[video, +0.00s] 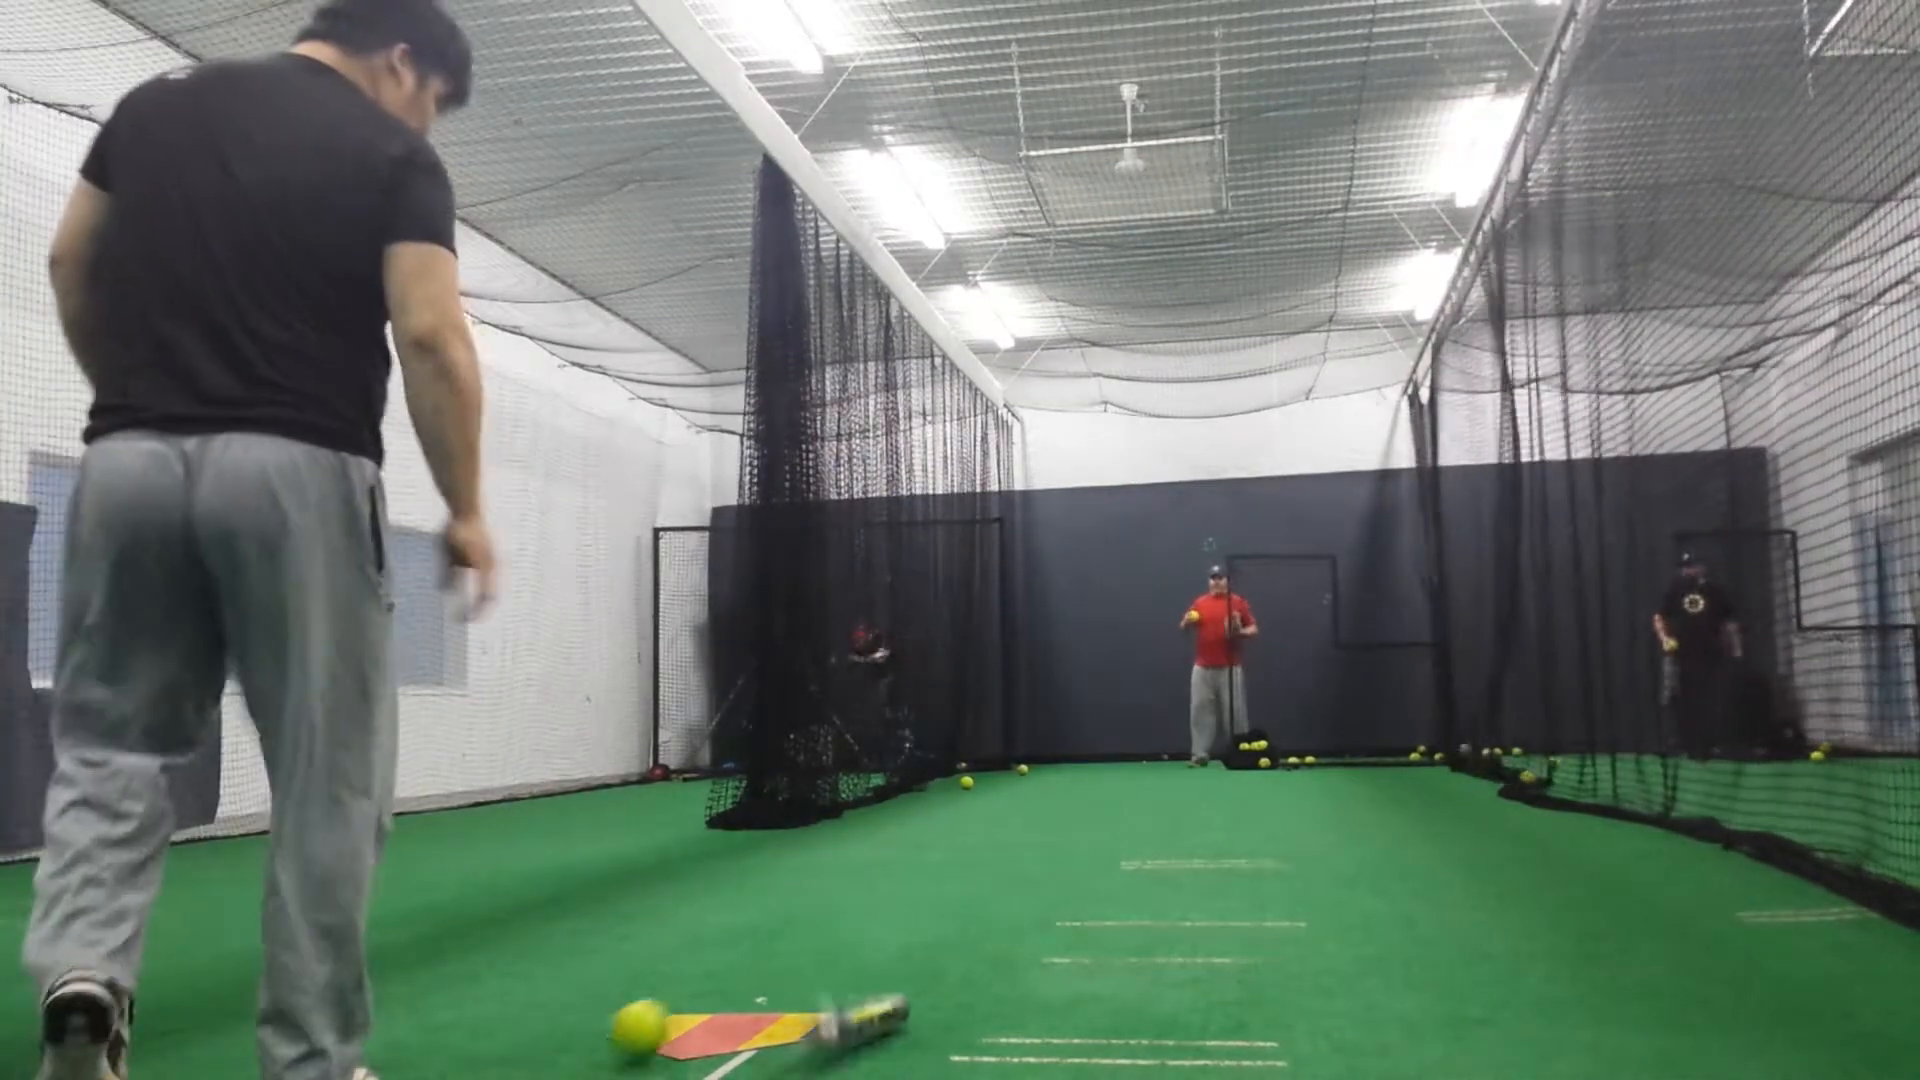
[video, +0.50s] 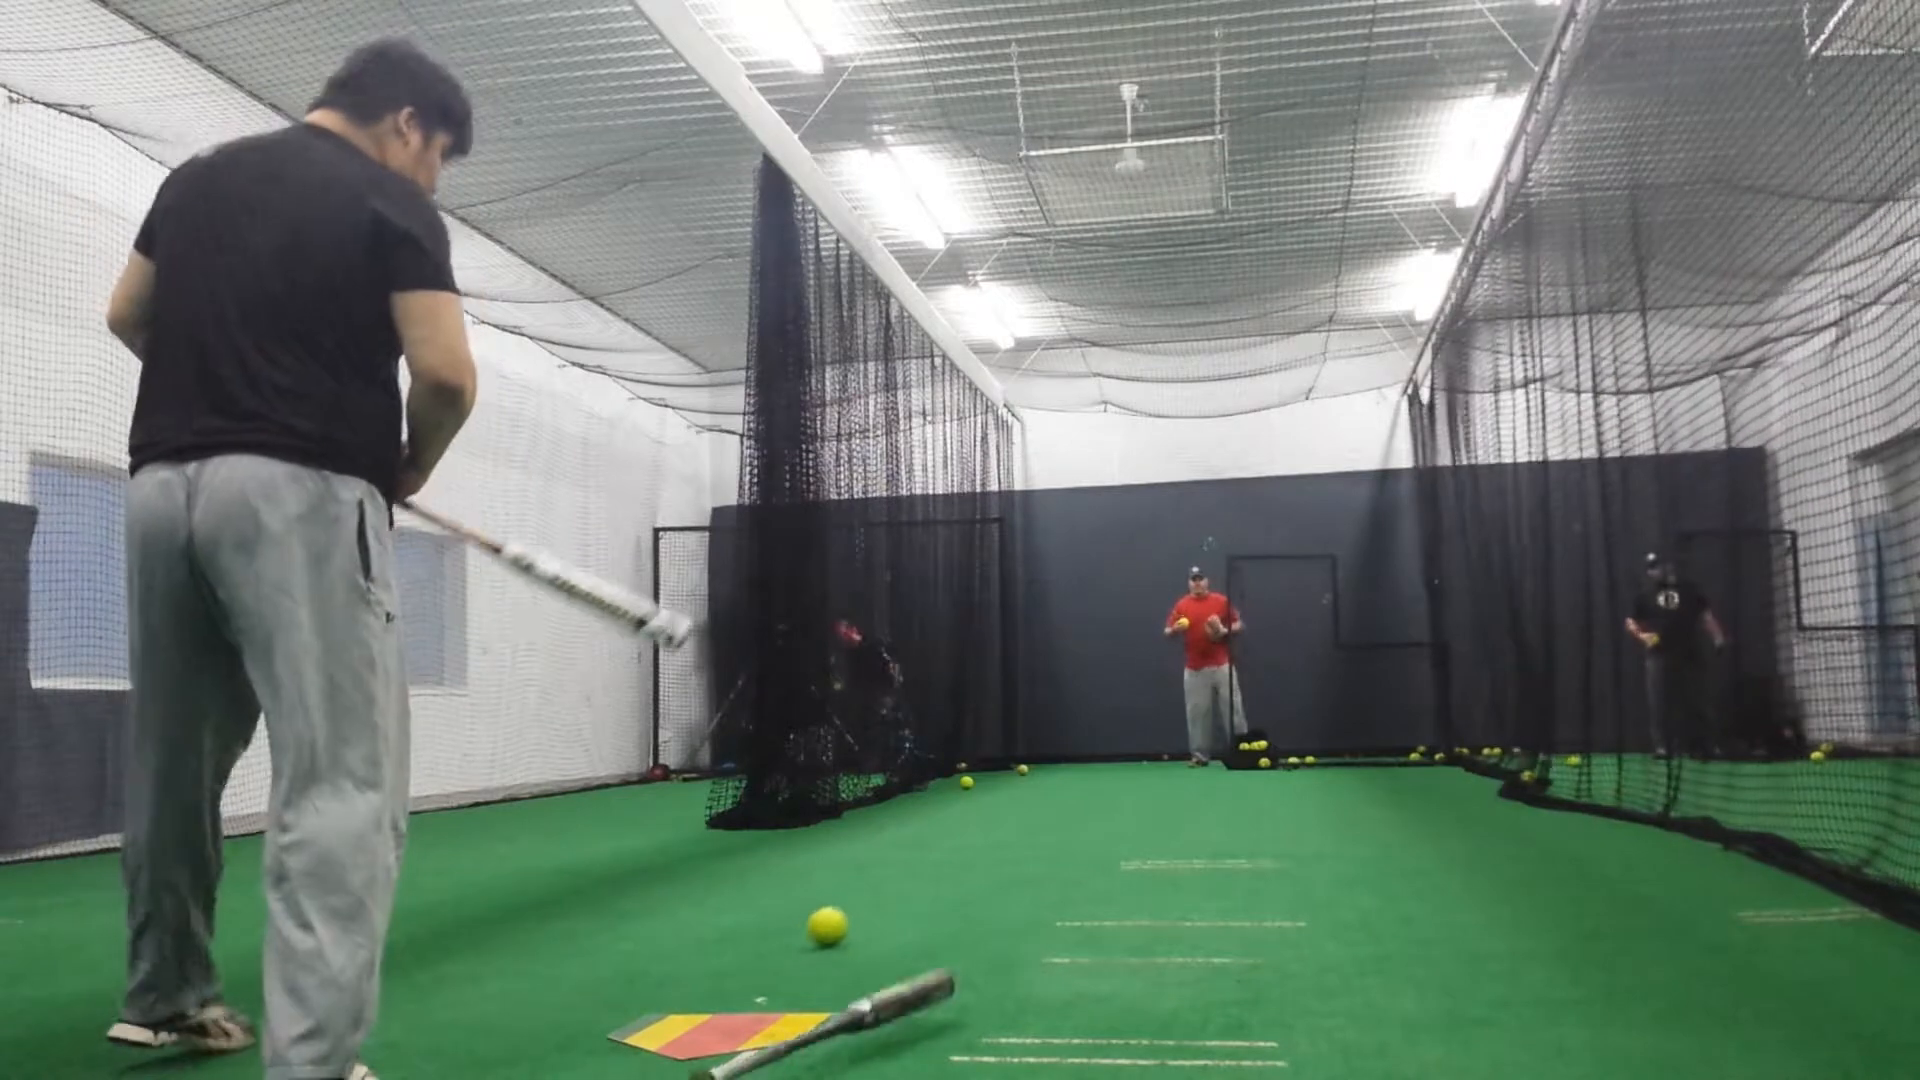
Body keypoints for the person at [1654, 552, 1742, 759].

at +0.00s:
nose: (1692, 573)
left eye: (1696, 568)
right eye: (1688, 568)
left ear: (1704, 569)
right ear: (1680, 570)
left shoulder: (1716, 592)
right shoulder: (1673, 592)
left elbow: (1730, 624)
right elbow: (1659, 618)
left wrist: (1736, 651)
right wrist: (1665, 639)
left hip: (1712, 652)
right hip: (1683, 653)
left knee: (1713, 699)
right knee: (1676, 697)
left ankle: (1711, 744)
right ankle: (1677, 743)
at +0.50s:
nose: (1659, 573)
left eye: (1662, 567)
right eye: (1654, 569)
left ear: (1670, 568)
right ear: (1648, 573)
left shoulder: (1687, 590)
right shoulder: (1645, 596)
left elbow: (1706, 615)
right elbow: (1631, 622)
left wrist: (1717, 635)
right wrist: (1643, 636)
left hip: (1688, 650)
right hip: (1659, 654)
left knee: (1694, 697)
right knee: (1659, 700)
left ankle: (1700, 744)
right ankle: (1661, 744)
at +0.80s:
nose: (1648, 570)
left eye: (1651, 565)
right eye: (1644, 567)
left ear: (1659, 565)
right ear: (1639, 570)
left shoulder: (1675, 587)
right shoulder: (1635, 593)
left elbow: (1692, 614)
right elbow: (1620, 620)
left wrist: (1681, 634)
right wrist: (1635, 637)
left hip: (1675, 645)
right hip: (1651, 648)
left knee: (1681, 694)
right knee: (1653, 697)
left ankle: (1687, 742)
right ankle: (1659, 744)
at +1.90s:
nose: (1643, 571)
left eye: (1647, 566)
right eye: (1639, 567)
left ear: (1654, 567)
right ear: (1635, 570)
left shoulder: (1666, 588)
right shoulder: (1638, 590)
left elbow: (1676, 617)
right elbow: (1637, 616)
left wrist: (1669, 644)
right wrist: (1611, 618)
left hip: (1665, 650)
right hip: (1644, 650)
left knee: (1671, 696)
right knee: (1648, 696)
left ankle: (1677, 743)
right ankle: (1654, 742)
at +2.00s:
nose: (1646, 570)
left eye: (1650, 565)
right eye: (1643, 565)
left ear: (1658, 566)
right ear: (1638, 568)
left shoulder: (1670, 589)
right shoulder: (1639, 591)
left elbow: (1684, 614)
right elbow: (1631, 612)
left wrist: (1674, 640)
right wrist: (1620, 594)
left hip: (1668, 652)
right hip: (1646, 652)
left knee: (1674, 698)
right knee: (1651, 698)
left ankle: (1678, 742)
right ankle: (1656, 742)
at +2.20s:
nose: (1656, 570)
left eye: (1661, 565)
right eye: (1652, 565)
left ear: (1670, 565)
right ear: (1648, 567)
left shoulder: (1681, 585)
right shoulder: (1644, 588)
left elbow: (1694, 607)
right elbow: (1618, 585)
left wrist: (1689, 628)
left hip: (1676, 646)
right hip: (1650, 648)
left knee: (1678, 697)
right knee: (1652, 697)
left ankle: (1681, 743)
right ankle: (1657, 743)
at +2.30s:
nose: (1662, 570)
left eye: (1665, 565)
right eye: (1658, 566)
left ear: (1674, 566)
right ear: (1653, 567)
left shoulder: (1686, 586)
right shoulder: (1649, 582)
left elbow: (1701, 608)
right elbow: (1627, 562)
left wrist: (1696, 628)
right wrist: (1613, 538)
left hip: (1681, 644)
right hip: (1656, 645)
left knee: (1681, 695)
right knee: (1655, 694)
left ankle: (1681, 742)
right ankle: (1657, 743)